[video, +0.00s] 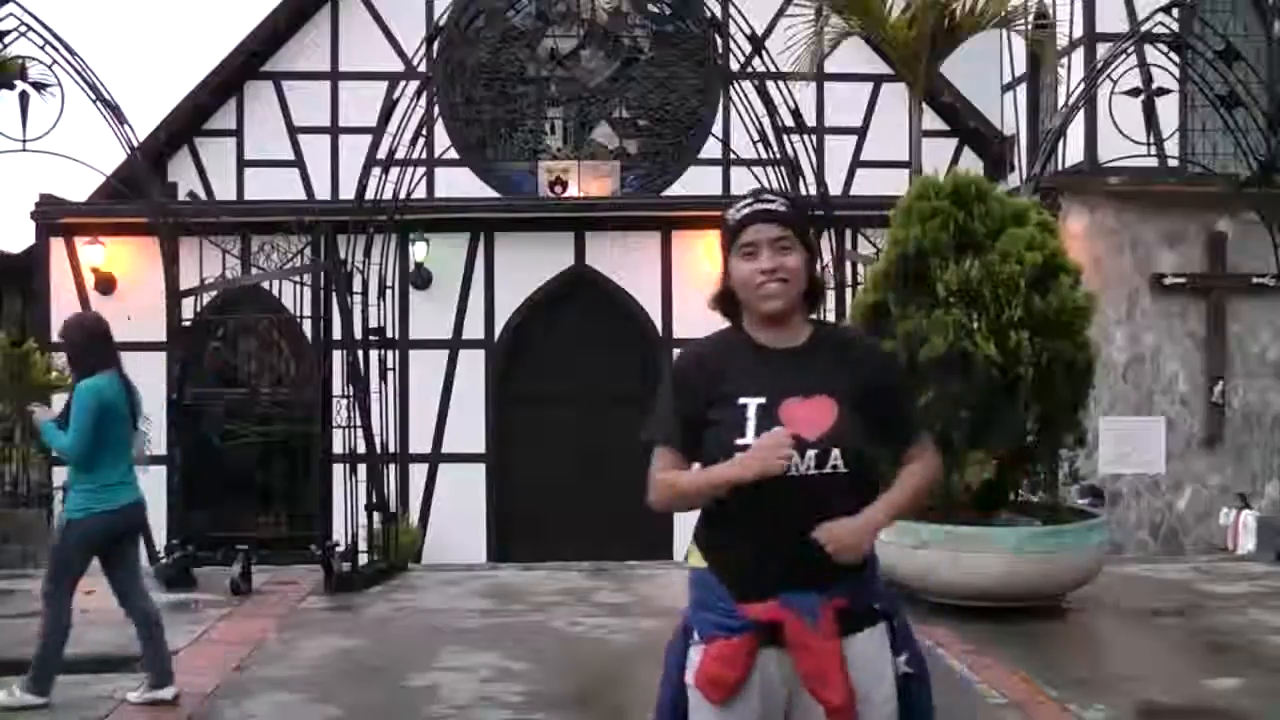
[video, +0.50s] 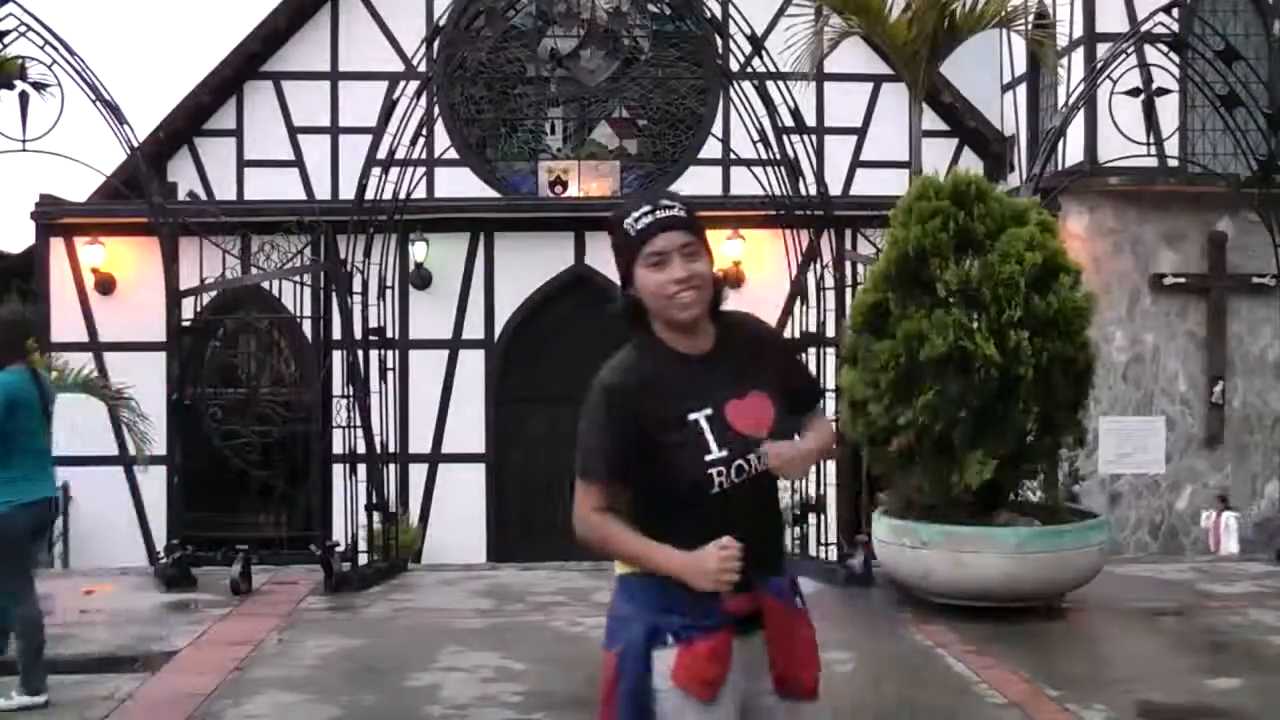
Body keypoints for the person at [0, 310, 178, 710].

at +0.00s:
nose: (64, 355)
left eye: (66, 348)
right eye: (63, 348)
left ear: (79, 350)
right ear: (105, 345)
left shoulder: (88, 391)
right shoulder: (123, 387)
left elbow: (72, 451)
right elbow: (118, 447)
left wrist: (43, 425)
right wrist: (61, 422)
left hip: (89, 514)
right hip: (126, 508)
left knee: (56, 594)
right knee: (134, 595)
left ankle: (37, 685)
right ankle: (162, 680)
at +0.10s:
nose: (48, 358)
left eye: (51, 350)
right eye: (47, 350)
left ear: (66, 350)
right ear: (87, 347)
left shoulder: (71, 392)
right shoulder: (103, 386)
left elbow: (57, 454)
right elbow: (97, 445)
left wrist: (27, 426)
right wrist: (41, 423)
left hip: (69, 514)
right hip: (106, 508)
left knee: (39, 595)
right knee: (113, 591)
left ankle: (33, 688)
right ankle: (158, 674)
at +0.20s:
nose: (26, 348)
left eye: (29, 342)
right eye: (29, 341)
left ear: (36, 345)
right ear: (65, 341)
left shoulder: (44, 387)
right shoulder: (79, 382)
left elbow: (33, 449)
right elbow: (69, 438)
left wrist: (6, 427)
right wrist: (21, 417)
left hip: (46, 509)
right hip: (83, 502)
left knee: (31, 595)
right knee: (70, 590)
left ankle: (33, 687)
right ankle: (129, 654)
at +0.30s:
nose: (7, 350)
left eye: (10, 343)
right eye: (9, 342)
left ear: (20, 345)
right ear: (48, 339)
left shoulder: (29, 385)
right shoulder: (68, 380)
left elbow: (19, 448)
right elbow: (68, 436)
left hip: (36, 507)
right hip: (70, 500)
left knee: (29, 595)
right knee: (47, 584)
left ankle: (33, 687)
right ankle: (94, 650)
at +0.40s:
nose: (1, 348)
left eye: (4, 340)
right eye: (5, 339)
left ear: (9, 342)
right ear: (37, 338)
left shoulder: (15, 385)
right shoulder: (57, 379)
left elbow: (8, 446)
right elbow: (57, 434)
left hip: (25, 502)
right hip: (59, 496)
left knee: (23, 588)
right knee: (27, 582)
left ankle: (36, 684)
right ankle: (51, 663)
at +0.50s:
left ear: (2, 344)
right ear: (28, 343)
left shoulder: (8, 384)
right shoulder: (40, 382)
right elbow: (40, 438)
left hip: (14, 500)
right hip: (41, 495)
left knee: (20, 589)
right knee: (14, 585)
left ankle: (33, 683)